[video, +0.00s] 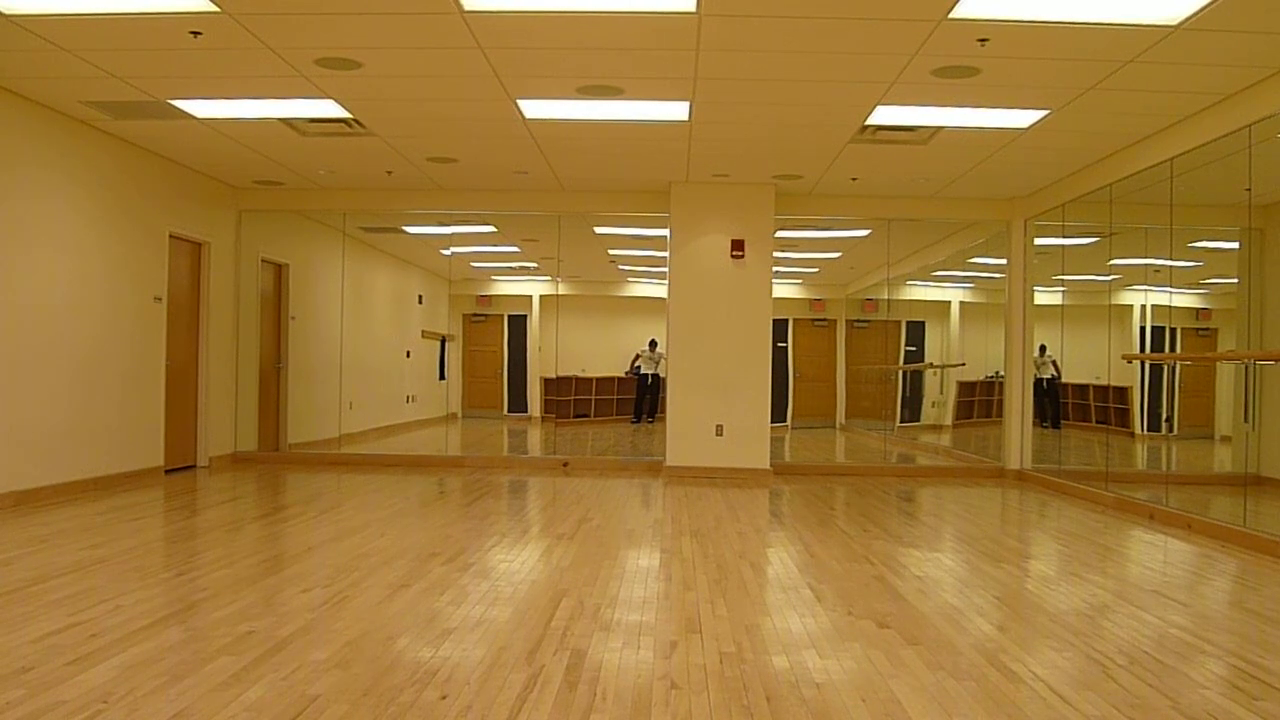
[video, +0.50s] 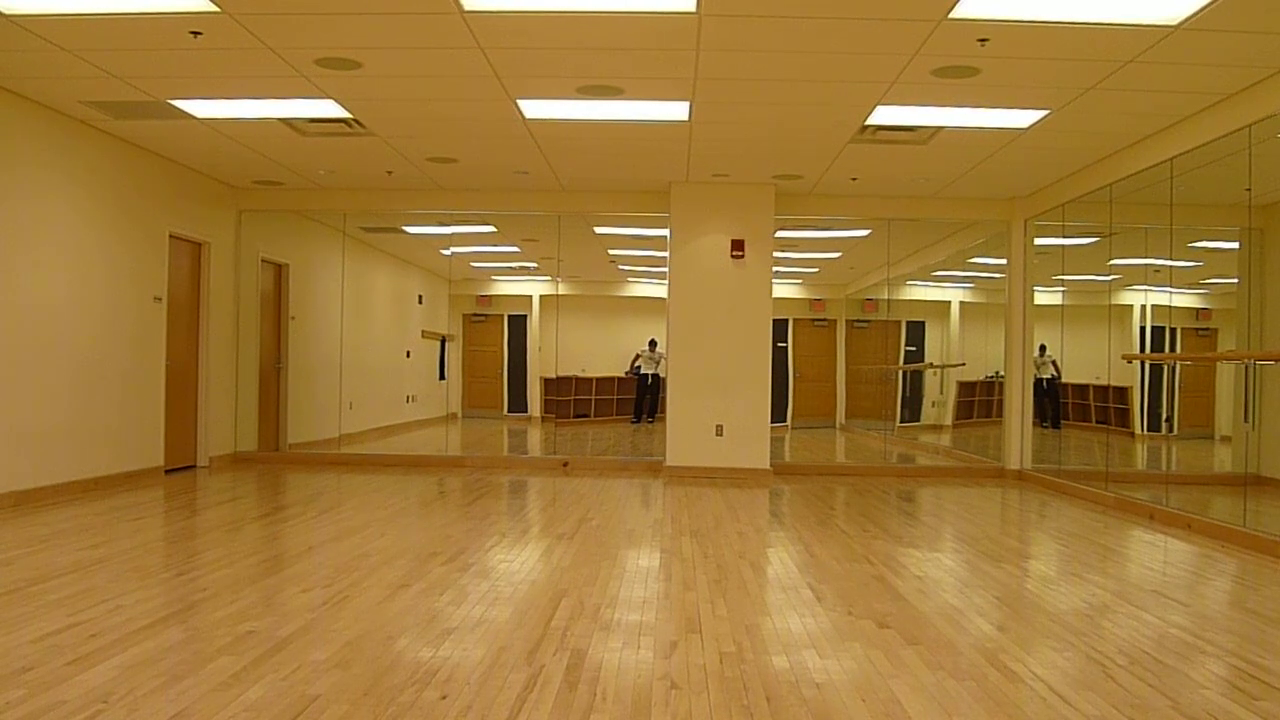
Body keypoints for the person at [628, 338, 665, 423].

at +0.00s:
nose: (652, 350)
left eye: (654, 348)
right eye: (651, 348)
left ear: (656, 348)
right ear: (648, 346)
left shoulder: (660, 354)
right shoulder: (642, 352)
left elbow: (668, 361)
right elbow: (634, 360)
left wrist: (667, 373)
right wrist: (631, 369)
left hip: (654, 374)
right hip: (643, 374)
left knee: (654, 396)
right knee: (640, 395)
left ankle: (651, 416)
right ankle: (637, 416)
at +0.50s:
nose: (652, 349)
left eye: (653, 348)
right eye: (650, 347)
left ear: (656, 347)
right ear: (648, 346)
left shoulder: (660, 354)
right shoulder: (642, 352)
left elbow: (668, 362)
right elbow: (634, 360)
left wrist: (668, 374)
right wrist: (631, 370)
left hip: (654, 374)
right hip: (643, 373)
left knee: (654, 396)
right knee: (640, 395)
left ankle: (651, 416)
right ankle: (637, 416)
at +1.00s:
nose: (652, 349)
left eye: (654, 347)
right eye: (650, 347)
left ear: (656, 347)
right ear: (648, 346)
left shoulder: (660, 354)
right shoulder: (642, 352)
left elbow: (668, 362)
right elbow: (634, 360)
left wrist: (668, 373)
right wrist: (630, 370)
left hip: (654, 374)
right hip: (643, 373)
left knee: (654, 396)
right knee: (640, 395)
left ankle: (651, 416)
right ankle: (637, 416)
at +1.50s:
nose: (652, 349)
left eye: (653, 347)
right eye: (650, 347)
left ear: (656, 347)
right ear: (648, 346)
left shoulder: (660, 354)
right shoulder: (642, 352)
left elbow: (668, 362)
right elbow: (634, 360)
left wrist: (668, 373)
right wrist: (631, 370)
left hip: (654, 373)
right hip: (643, 373)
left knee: (654, 396)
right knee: (640, 395)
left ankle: (651, 416)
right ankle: (637, 416)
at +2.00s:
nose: (652, 349)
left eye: (653, 347)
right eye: (650, 347)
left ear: (656, 347)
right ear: (648, 346)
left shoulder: (660, 354)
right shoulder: (642, 352)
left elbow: (668, 361)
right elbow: (634, 360)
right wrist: (630, 369)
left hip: (654, 373)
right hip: (643, 373)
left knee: (654, 396)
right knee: (640, 395)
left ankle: (651, 416)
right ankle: (637, 416)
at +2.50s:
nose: (651, 349)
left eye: (653, 347)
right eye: (650, 347)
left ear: (655, 346)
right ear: (647, 346)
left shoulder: (659, 354)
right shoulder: (642, 352)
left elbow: (668, 360)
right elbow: (634, 360)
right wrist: (630, 369)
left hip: (654, 374)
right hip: (643, 374)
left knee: (654, 396)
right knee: (640, 395)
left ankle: (651, 416)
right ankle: (637, 416)